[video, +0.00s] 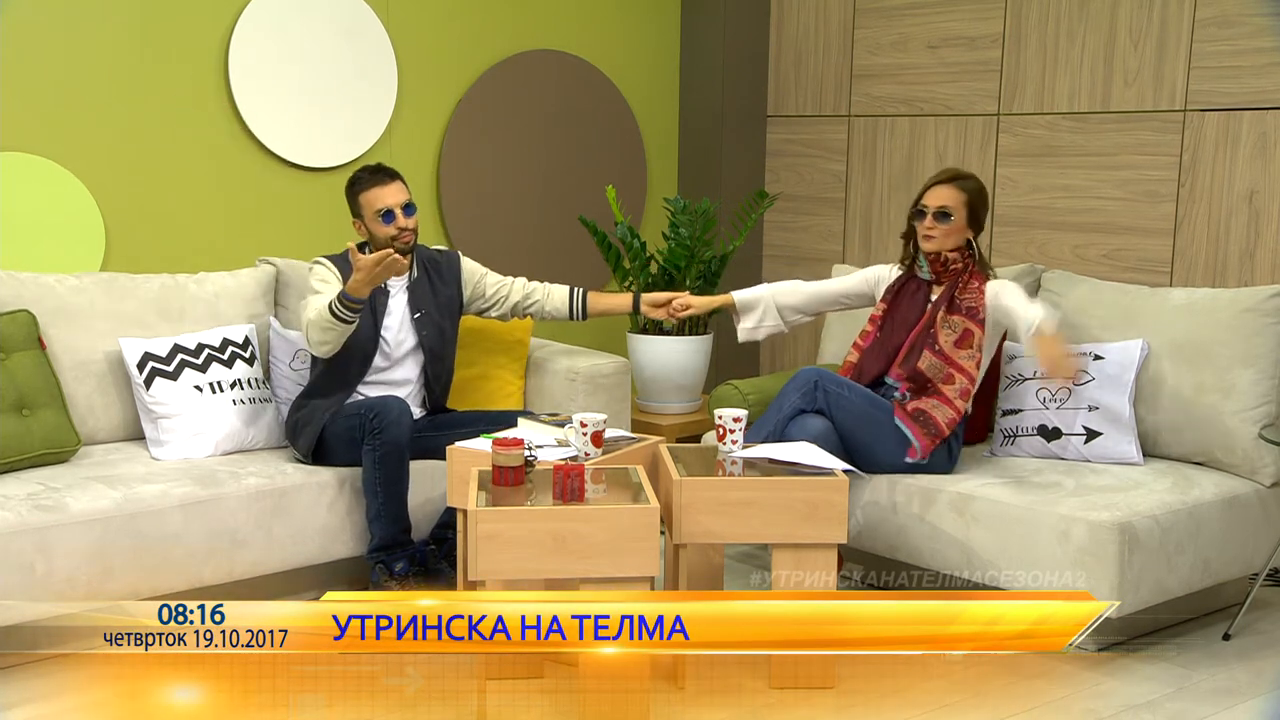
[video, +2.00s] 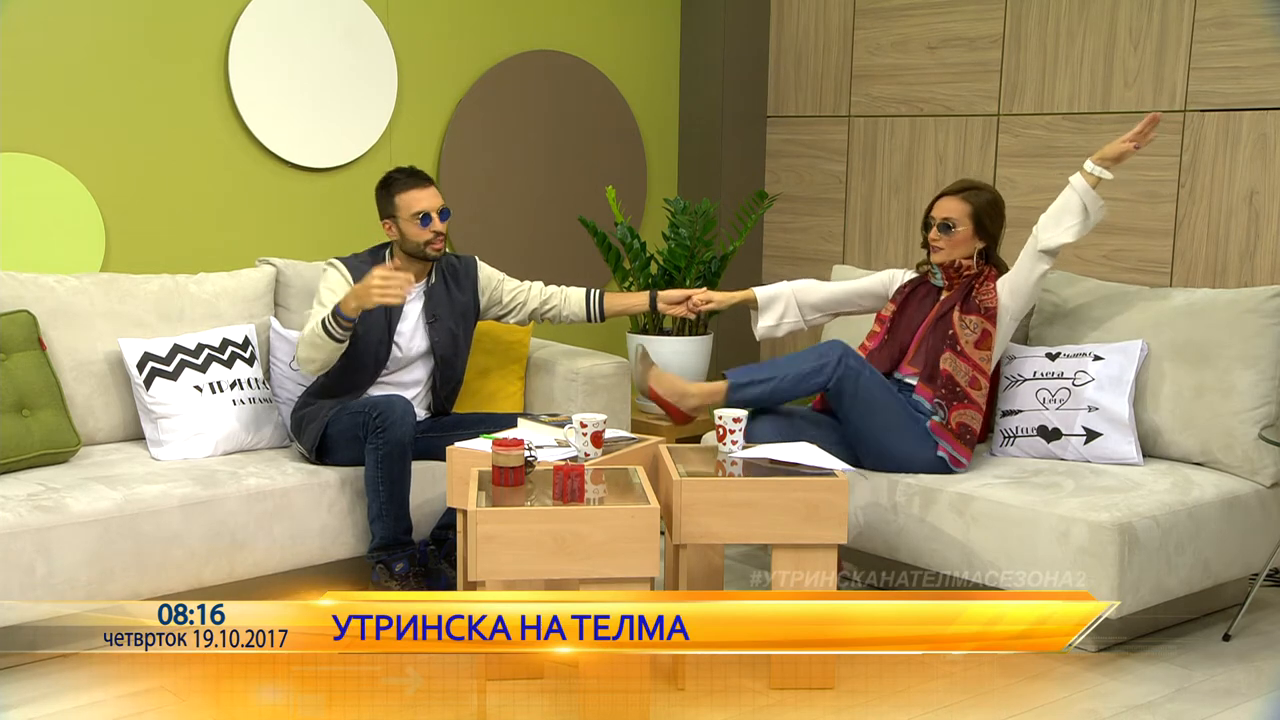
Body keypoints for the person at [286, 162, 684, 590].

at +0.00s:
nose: (403, 224)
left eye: (408, 210)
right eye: (387, 216)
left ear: (416, 211)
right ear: (360, 225)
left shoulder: (447, 270)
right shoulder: (332, 274)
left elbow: (529, 297)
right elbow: (320, 342)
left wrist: (639, 302)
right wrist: (358, 288)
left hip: (418, 421)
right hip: (331, 424)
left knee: (520, 430)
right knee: (391, 412)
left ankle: (440, 550)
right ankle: (391, 561)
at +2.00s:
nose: (437, 228)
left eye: (441, 215)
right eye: (421, 219)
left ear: (448, 215)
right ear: (389, 228)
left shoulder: (465, 276)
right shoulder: (347, 276)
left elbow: (548, 301)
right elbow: (308, 362)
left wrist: (654, 300)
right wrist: (350, 304)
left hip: (417, 420)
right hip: (331, 422)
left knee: (515, 431)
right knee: (393, 410)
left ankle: (444, 550)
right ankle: (393, 558)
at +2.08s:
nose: (440, 227)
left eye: (443, 215)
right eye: (424, 219)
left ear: (449, 216)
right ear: (390, 228)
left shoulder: (464, 276)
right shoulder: (345, 280)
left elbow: (547, 301)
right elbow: (307, 369)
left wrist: (654, 300)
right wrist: (354, 323)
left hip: (417, 421)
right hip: (331, 422)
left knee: (515, 431)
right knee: (393, 410)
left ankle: (444, 550)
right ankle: (392, 559)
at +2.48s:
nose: (443, 228)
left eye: (443, 215)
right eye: (428, 219)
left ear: (443, 215)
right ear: (389, 230)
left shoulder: (456, 275)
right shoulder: (334, 284)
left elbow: (533, 309)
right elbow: (306, 379)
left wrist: (637, 324)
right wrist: (369, 382)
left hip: (420, 420)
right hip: (333, 424)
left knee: (525, 431)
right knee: (391, 412)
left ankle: (440, 553)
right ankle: (393, 561)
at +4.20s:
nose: (431, 281)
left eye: (441, 270)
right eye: (420, 271)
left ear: (450, 259)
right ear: (398, 260)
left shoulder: (470, 295)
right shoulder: (361, 307)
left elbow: (544, 318)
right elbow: (318, 387)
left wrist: (638, 320)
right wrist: (371, 394)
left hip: (440, 426)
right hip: (367, 428)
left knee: (527, 420)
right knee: (411, 427)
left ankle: (464, 548)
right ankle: (425, 557)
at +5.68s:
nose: (457, 262)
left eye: (464, 253)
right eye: (445, 254)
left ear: (471, 258)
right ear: (424, 263)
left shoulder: (490, 302)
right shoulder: (392, 312)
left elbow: (559, 323)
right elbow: (360, 390)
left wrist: (643, 325)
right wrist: (396, 381)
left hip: (463, 419)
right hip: (393, 422)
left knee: (546, 416)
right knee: (443, 408)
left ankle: (483, 524)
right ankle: (442, 537)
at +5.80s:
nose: (456, 260)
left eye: (463, 251)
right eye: (444, 252)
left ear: (470, 257)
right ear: (424, 261)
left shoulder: (489, 301)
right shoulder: (394, 312)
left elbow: (556, 323)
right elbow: (382, 393)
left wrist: (642, 325)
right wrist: (416, 350)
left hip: (464, 418)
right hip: (394, 421)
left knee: (547, 415)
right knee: (444, 406)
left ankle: (485, 521)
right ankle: (443, 534)